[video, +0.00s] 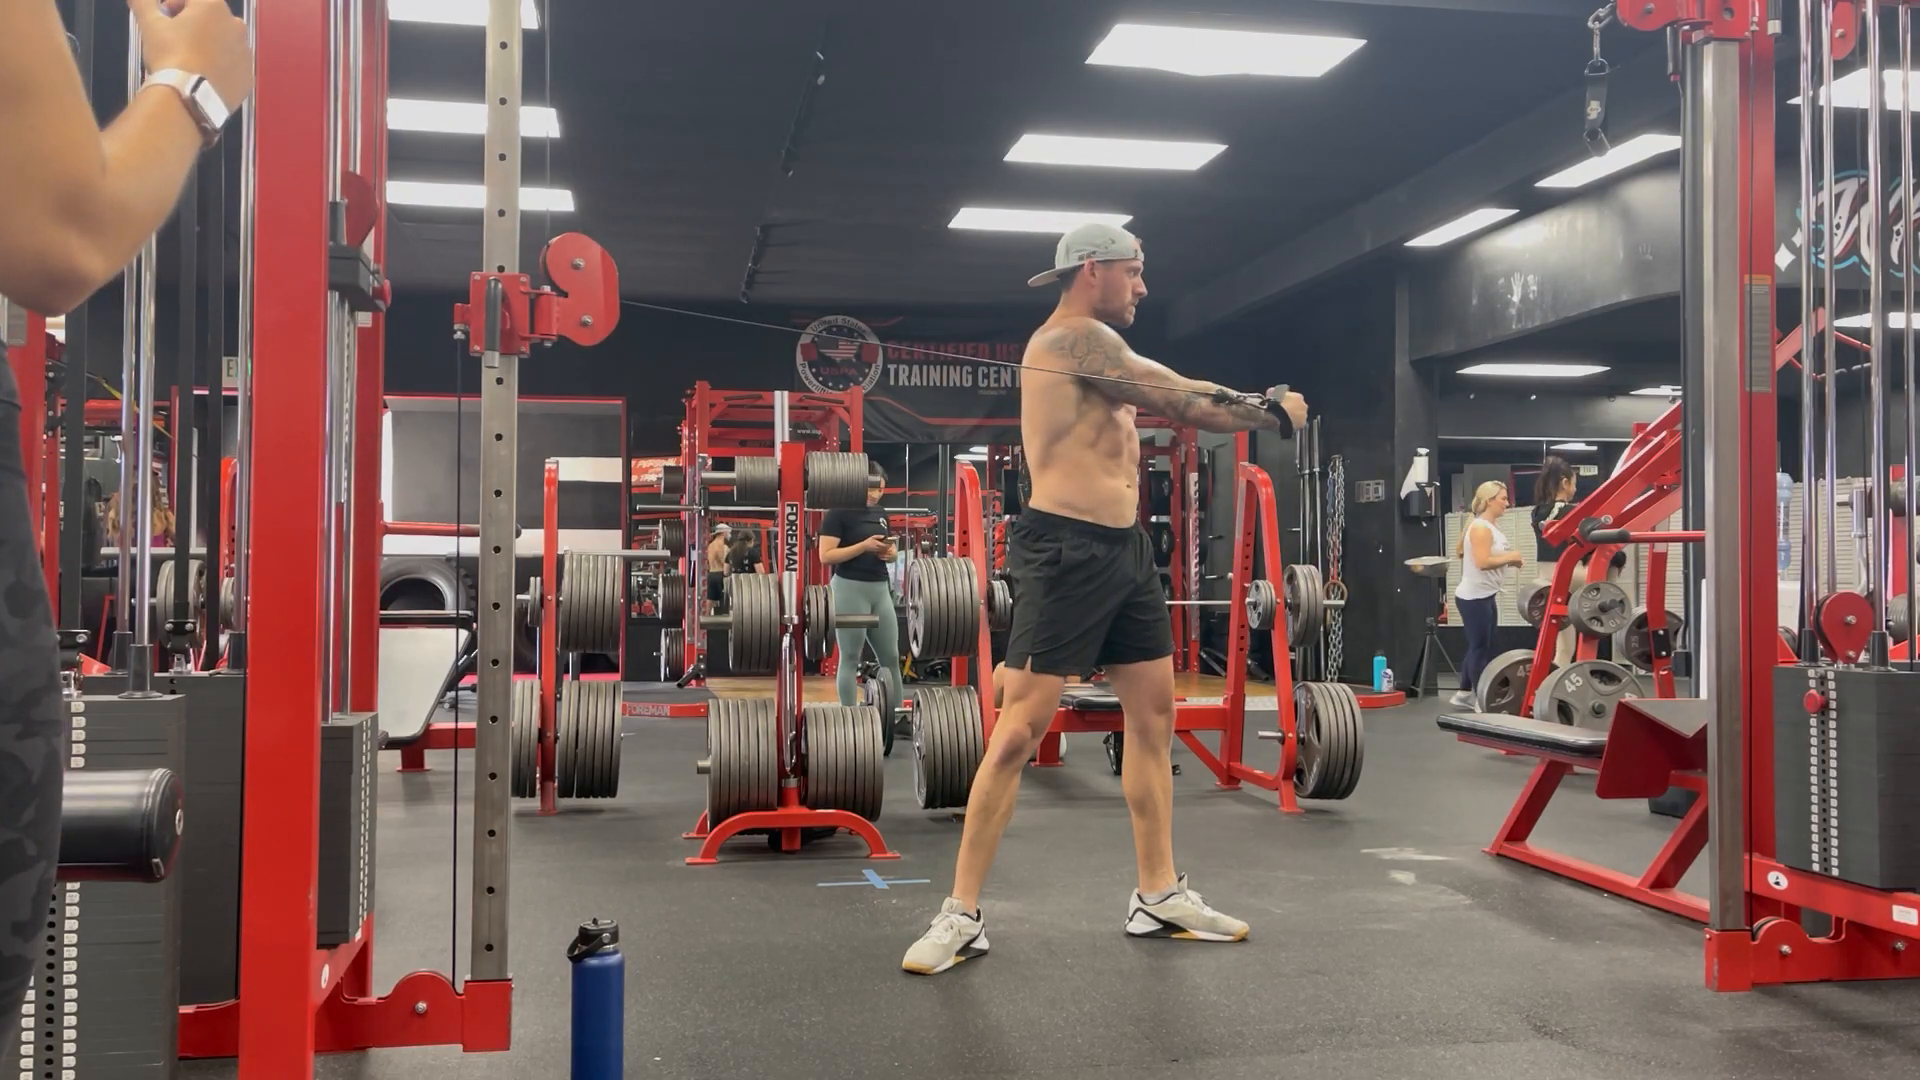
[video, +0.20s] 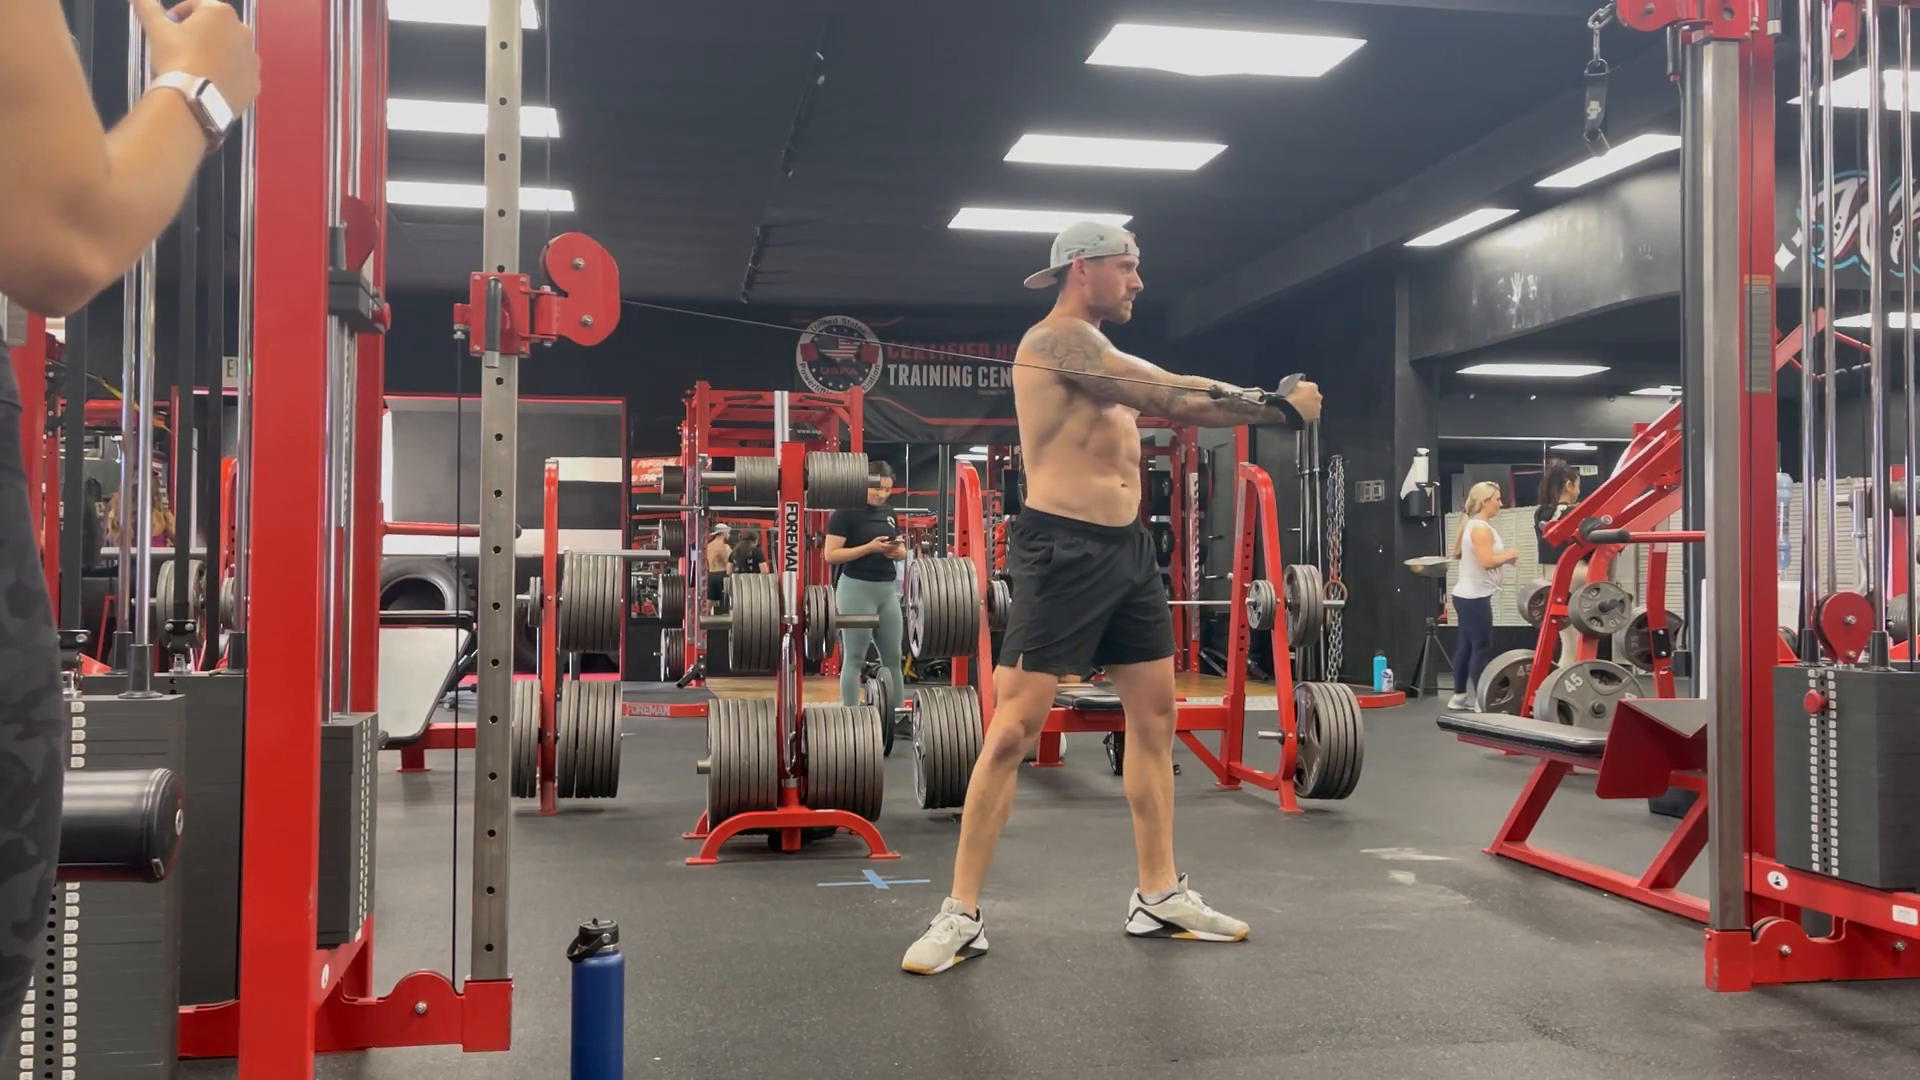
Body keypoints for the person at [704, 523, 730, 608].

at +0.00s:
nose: (729, 534)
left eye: (729, 532)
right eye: (728, 532)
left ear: (719, 533)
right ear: (723, 533)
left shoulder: (711, 544)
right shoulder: (722, 545)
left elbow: (709, 559)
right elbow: (724, 559)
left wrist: (711, 568)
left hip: (712, 572)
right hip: (721, 572)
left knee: (710, 600)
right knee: (723, 601)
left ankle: (707, 617)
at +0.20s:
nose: (728, 535)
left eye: (728, 532)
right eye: (727, 532)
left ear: (717, 533)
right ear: (723, 533)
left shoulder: (709, 545)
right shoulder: (725, 547)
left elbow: (708, 558)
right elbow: (729, 560)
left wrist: (711, 568)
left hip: (712, 572)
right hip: (722, 572)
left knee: (710, 599)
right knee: (724, 601)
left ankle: (707, 616)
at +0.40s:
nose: (726, 534)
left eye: (726, 532)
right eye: (726, 532)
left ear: (715, 533)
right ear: (722, 533)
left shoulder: (709, 545)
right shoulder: (726, 546)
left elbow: (708, 558)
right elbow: (731, 558)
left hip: (712, 572)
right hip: (723, 572)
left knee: (710, 599)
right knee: (724, 600)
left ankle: (707, 616)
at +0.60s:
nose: (725, 534)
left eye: (724, 533)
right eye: (725, 533)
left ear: (714, 534)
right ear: (723, 533)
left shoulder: (709, 545)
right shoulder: (728, 546)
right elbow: (735, 557)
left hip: (712, 572)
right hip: (725, 572)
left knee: (710, 600)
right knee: (726, 600)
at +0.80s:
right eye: (724, 532)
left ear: (713, 533)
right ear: (724, 533)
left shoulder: (708, 545)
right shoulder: (730, 546)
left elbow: (707, 560)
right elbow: (737, 557)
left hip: (712, 572)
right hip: (726, 572)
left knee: (709, 601)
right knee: (727, 601)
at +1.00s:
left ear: (713, 533)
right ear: (724, 533)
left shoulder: (708, 546)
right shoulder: (732, 546)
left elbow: (705, 561)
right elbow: (738, 559)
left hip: (713, 573)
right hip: (727, 573)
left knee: (709, 601)